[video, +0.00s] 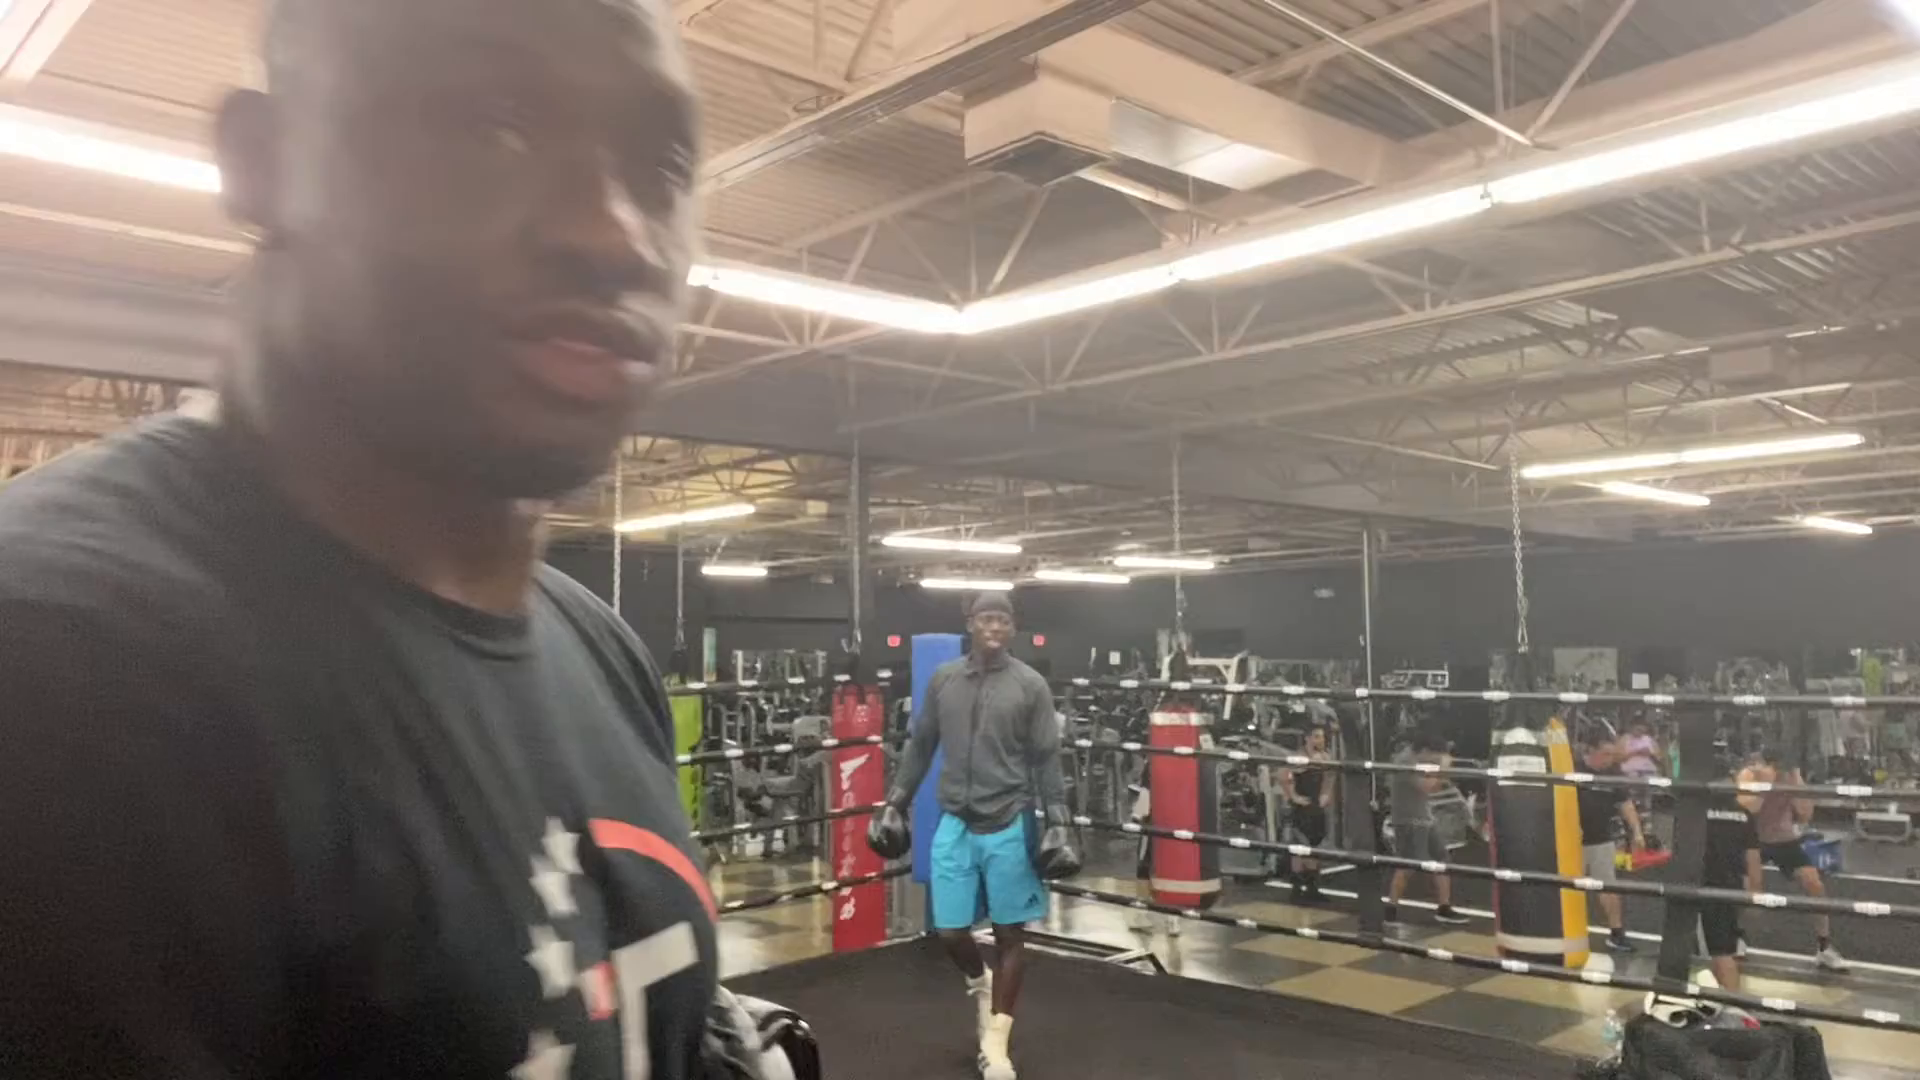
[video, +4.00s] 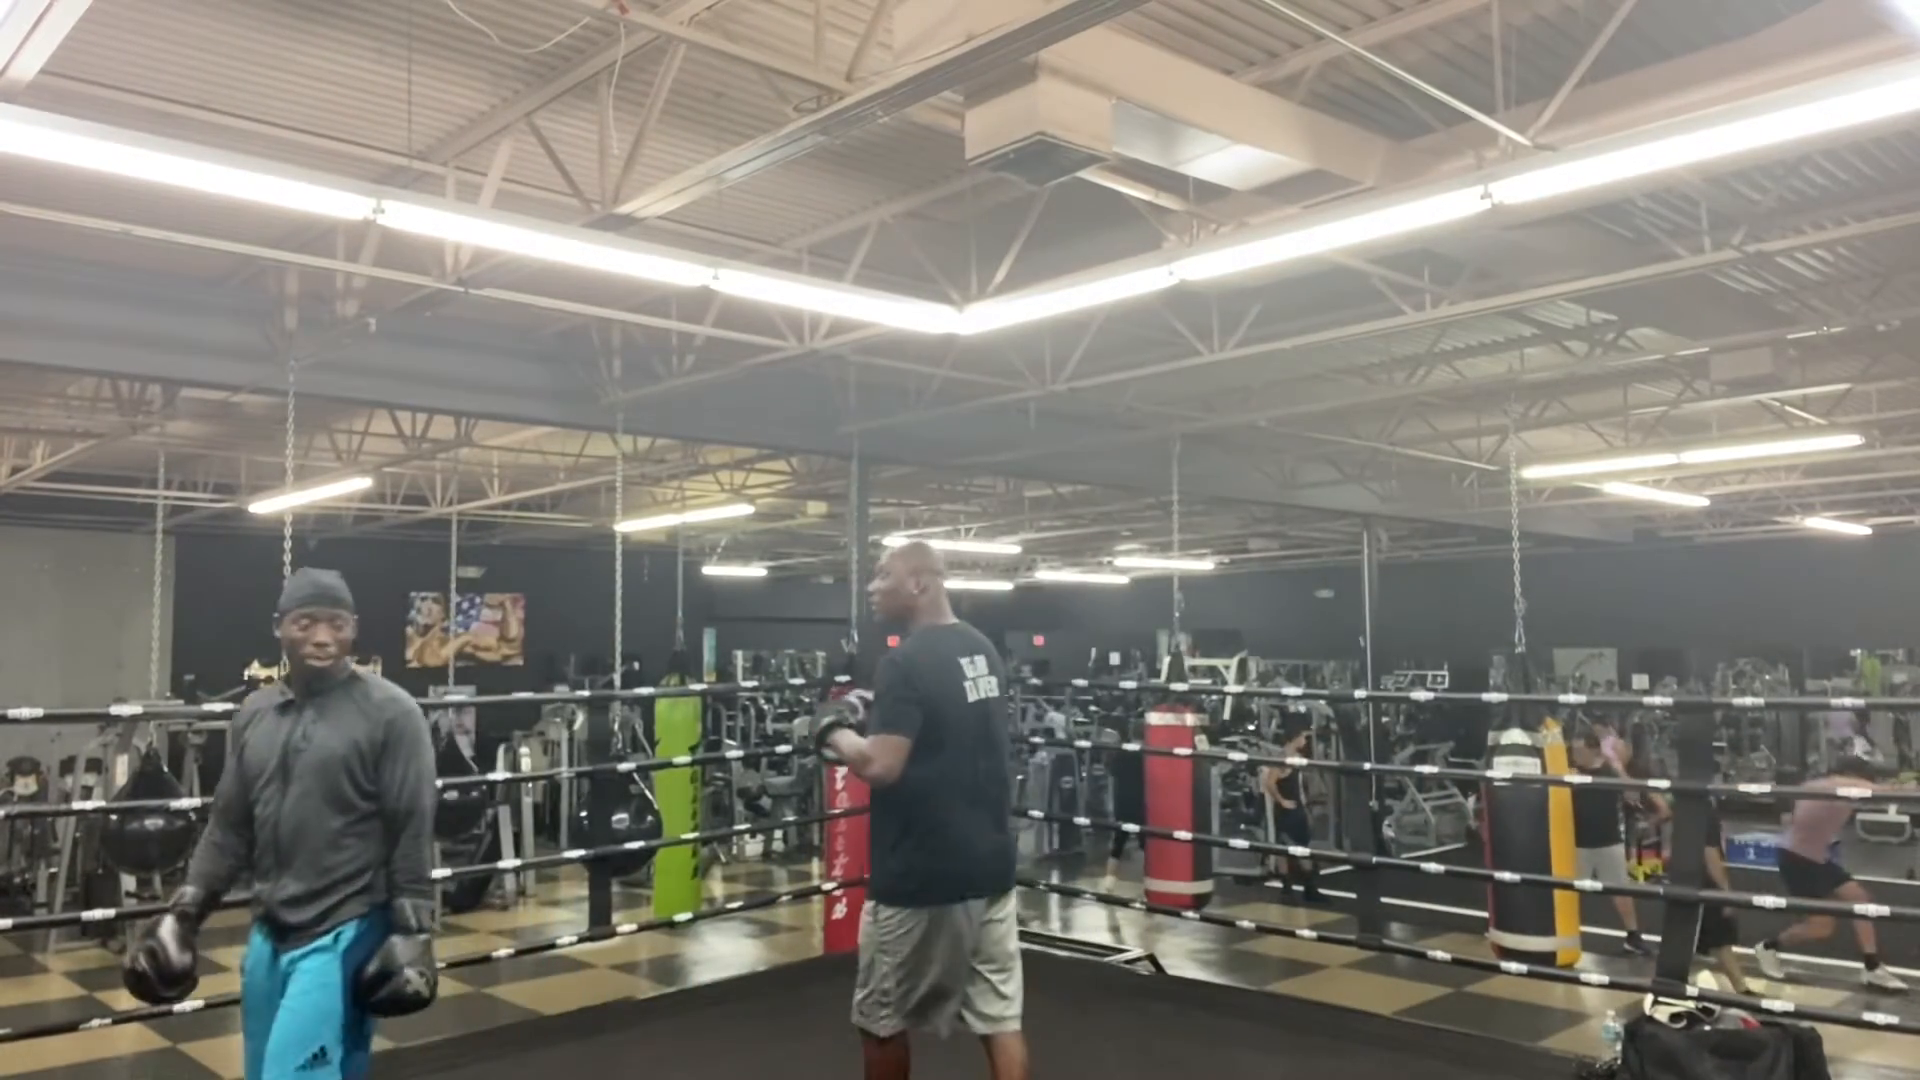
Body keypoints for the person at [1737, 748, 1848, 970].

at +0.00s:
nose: (1772, 771)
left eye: (1776, 766)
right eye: (1767, 766)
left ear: (1782, 764)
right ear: (1757, 763)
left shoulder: (1791, 774)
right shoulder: (1748, 775)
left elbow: (1805, 813)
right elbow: (1749, 807)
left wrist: (1794, 784)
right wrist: (1766, 784)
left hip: (1786, 840)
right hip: (1754, 841)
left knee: (1814, 884)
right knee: (1750, 887)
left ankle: (1824, 946)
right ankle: (1738, 936)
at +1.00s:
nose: (1783, 751)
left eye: (1788, 746)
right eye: (1778, 746)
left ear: (1793, 746)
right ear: (1769, 744)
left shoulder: (1797, 764)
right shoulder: (1752, 763)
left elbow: (1804, 803)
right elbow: (1750, 792)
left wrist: (1792, 779)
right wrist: (1770, 768)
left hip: (1781, 837)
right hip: (1749, 835)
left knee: (1811, 883)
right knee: (1741, 889)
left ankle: (1822, 946)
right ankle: (1730, 935)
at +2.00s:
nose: (1786, 749)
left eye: (1791, 745)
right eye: (1782, 744)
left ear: (1796, 743)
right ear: (1772, 741)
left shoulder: (1799, 761)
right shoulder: (1750, 760)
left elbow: (1806, 794)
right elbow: (1747, 788)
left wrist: (1795, 770)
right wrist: (1770, 762)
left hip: (1779, 839)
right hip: (1746, 837)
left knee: (1808, 888)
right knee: (1735, 891)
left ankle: (1823, 948)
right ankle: (1716, 944)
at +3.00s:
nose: (1770, 762)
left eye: (1775, 757)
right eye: (1765, 756)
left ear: (1781, 755)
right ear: (1756, 752)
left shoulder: (1788, 769)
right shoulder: (1740, 768)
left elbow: (1800, 807)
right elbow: (1742, 804)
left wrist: (1786, 784)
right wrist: (1762, 778)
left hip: (1772, 843)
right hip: (1738, 842)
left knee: (1799, 893)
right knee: (1729, 896)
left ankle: (1807, 956)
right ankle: (1721, 947)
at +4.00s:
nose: (1871, 783)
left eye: (1871, 779)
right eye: (1869, 779)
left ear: (1841, 769)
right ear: (1861, 775)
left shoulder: (1811, 783)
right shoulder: (1850, 785)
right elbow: (1883, 792)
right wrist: (1913, 788)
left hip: (1817, 862)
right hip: (1799, 863)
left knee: (1860, 902)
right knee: (1822, 927)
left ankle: (1872, 966)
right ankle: (1768, 947)